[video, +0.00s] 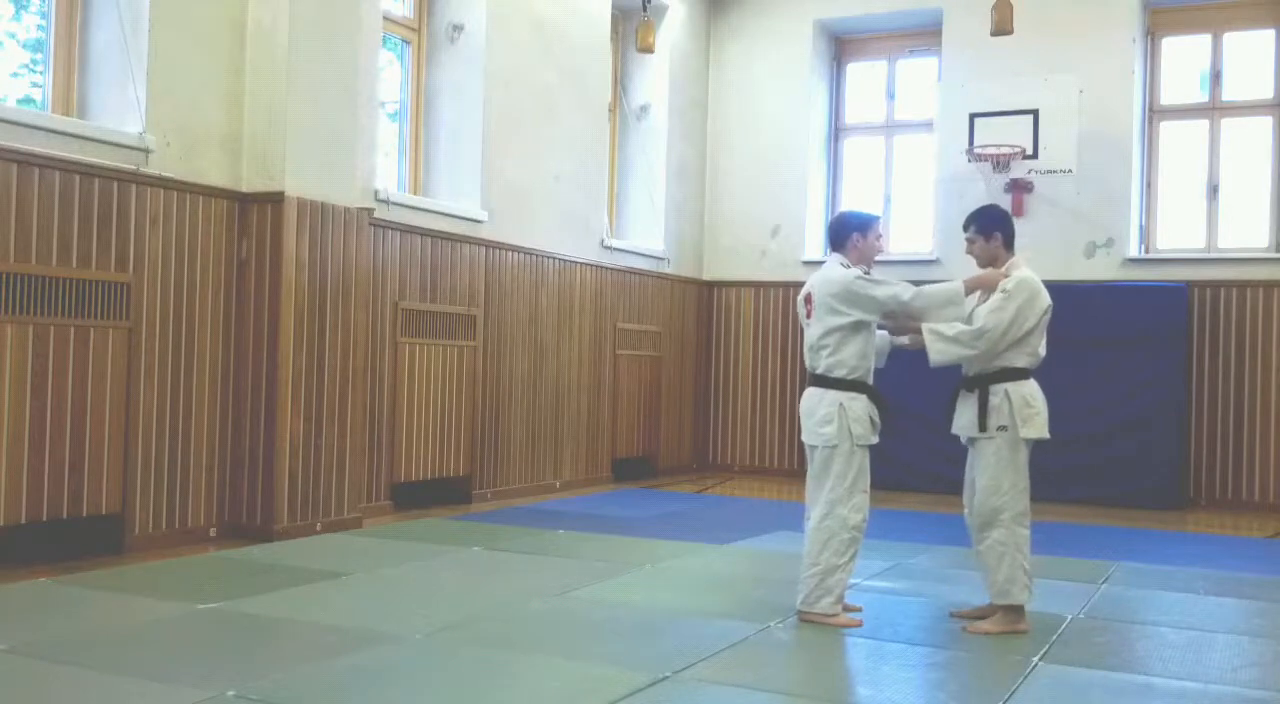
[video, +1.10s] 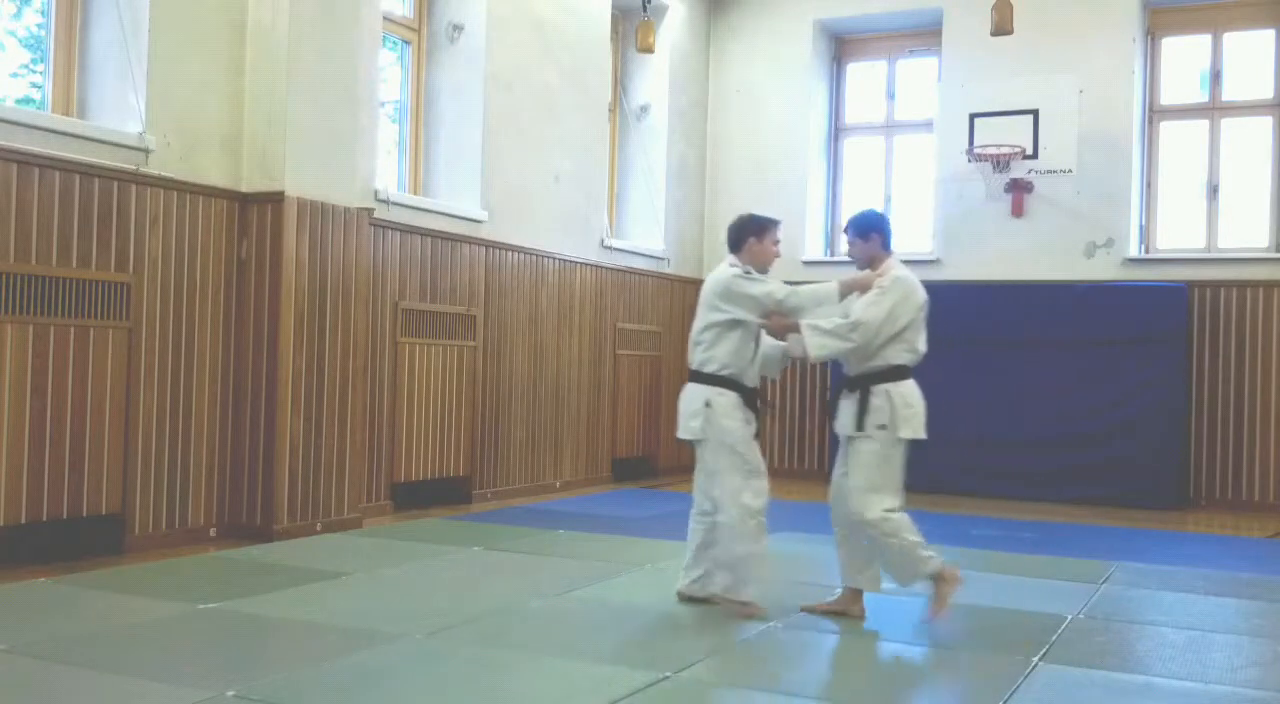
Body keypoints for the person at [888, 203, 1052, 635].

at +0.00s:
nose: (970, 253)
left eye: (973, 244)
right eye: (967, 245)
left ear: (997, 239)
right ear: (995, 241)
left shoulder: (1023, 285)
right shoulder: (999, 285)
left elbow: (981, 337)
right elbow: (972, 331)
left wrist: (917, 335)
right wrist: (913, 329)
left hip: (1006, 406)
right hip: (985, 405)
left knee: (1000, 507)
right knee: (982, 506)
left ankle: (1012, 610)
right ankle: (1000, 600)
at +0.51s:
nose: (947, 254)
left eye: (951, 244)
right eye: (946, 246)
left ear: (976, 240)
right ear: (972, 243)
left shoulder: (1005, 285)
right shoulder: (970, 287)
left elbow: (968, 335)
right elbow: (949, 328)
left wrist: (903, 334)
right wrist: (896, 328)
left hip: (990, 406)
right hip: (957, 406)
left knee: (991, 510)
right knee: (933, 495)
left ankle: (1012, 611)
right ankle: (969, 588)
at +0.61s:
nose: (935, 252)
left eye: (940, 243)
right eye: (934, 244)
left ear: (965, 241)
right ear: (960, 243)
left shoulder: (993, 286)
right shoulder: (957, 287)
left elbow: (955, 336)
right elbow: (937, 328)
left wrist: (891, 334)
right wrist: (882, 329)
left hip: (980, 407)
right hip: (946, 407)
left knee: (983, 512)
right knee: (918, 495)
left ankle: (1010, 611)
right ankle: (930, 592)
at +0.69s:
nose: (923, 256)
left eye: (927, 247)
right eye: (922, 248)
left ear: (950, 242)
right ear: (945, 244)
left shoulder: (979, 288)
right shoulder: (945, 288)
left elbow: (940, 338)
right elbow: (926, 330)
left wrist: (878, 335)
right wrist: (873, 329)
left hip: (967, 408)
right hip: (933, 408)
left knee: (976, 513)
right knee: (906, 498)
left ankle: (1010, 612)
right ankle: (889, 594)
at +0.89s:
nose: (884, 256)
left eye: (888, 247)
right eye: (883, 248)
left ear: (911, 245)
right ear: (908, 246)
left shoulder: (940, 287)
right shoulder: (904, 289)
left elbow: (901, 338)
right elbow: (877, 328)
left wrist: (839, 340)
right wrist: (826, 334)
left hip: (930, 407)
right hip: (896, 407)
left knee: (948, 511)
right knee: (877, 503)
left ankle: (1003, 601)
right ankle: (853, 600)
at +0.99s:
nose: (865, 253)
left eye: (870, 245)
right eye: (864, 246)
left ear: (892, 242)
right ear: (886, 244)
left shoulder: (919, 286)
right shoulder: (882, 288)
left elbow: (876, 335)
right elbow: (857, 328)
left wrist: (812, 338)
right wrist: (809, 331)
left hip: (908, 404)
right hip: (874, 404)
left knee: (910, 508)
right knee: (858, 499)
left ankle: (981, 584)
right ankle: (853, 595)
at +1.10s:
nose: (849, 251)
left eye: (853, 243)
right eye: (847, 244)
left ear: (875, 240)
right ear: (868, 241)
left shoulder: (899, 284)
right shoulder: (867, 284)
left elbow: (859, 331)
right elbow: (838, 331)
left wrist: (796, 330)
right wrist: (790, 335)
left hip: (888, 400)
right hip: (859, 400)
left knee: (868, 504)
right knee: (844, 500)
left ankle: (938, 573)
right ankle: (852, 595)